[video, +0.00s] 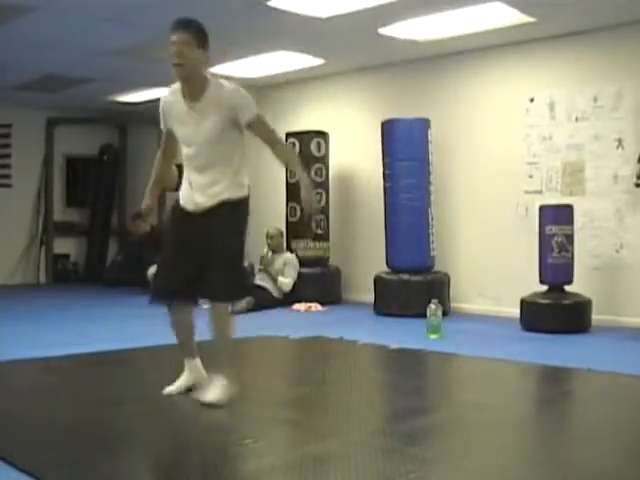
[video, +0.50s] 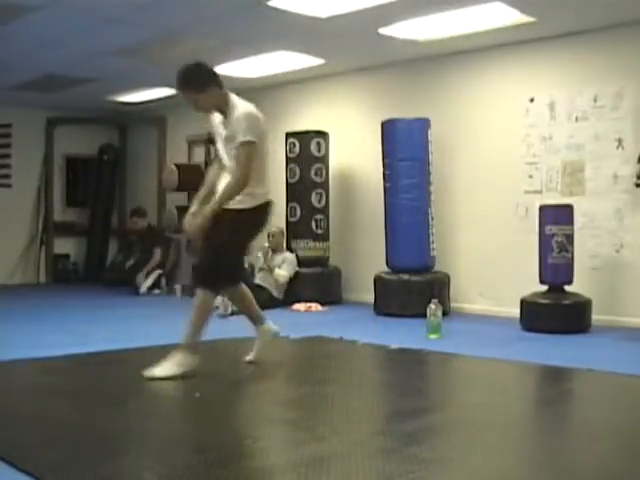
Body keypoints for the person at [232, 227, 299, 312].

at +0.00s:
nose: (268, 242)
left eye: (272, 238)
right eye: (267, 238)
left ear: (281, 238)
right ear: (266, 239)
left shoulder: (290, 259)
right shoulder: (267, 254)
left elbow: (286, 287)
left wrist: (267, 270)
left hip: (271, 294)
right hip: (255, 286)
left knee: (249, 302)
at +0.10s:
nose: (268, 241)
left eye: (272, 238)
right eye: (267, 238)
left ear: (281, 239)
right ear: (265, 240)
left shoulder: (290, 258)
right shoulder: (266, 255)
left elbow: (286, 286)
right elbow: (259, 276)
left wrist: (268, 270)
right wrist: (259, 268)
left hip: (272, 292)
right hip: (256, 286)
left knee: (250, 301)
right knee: (234, 290)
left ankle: (232, 309)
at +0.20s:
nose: (268, 241)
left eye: (272, 237)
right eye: (267, 238)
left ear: (281, 239)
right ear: (265, 239)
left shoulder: (289, 258)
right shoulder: (266, 255)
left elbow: (286, 286)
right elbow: (259, 277)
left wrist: (267, 270)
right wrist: (256, 269)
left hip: (272, 293)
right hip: (256, 286)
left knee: (250, 301)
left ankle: (231, 309)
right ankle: (220, 303)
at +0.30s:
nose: (268, 241)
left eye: (272, 237)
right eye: (267, 238)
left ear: (281, 238)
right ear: (265, 239)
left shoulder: (289, 258)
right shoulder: (266, 255)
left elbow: (284, 285)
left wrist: (269, 267)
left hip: (270, 293)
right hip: (255, 286)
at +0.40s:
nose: (269, 240)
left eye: (273, 237)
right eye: (268, 237)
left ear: (281, 239)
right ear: (267, 239)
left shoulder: (289, 258)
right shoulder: (265, 255)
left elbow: (282, 282)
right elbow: (257, 277)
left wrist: (269, 267)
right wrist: (258, 265)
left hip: (271, 292)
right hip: (256, 286)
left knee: (250, 301)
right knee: (235, 262)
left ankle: (233, 310)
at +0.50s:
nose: (270, 240)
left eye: (273, 236)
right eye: (269, 236)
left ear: (282, 238)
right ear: (267, 238)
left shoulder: (289, 257)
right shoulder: (264, 254)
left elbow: (282, 280)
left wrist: (269, 266)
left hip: (271, 294)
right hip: (255, 287)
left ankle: (231, 307)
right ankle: (226, 303)